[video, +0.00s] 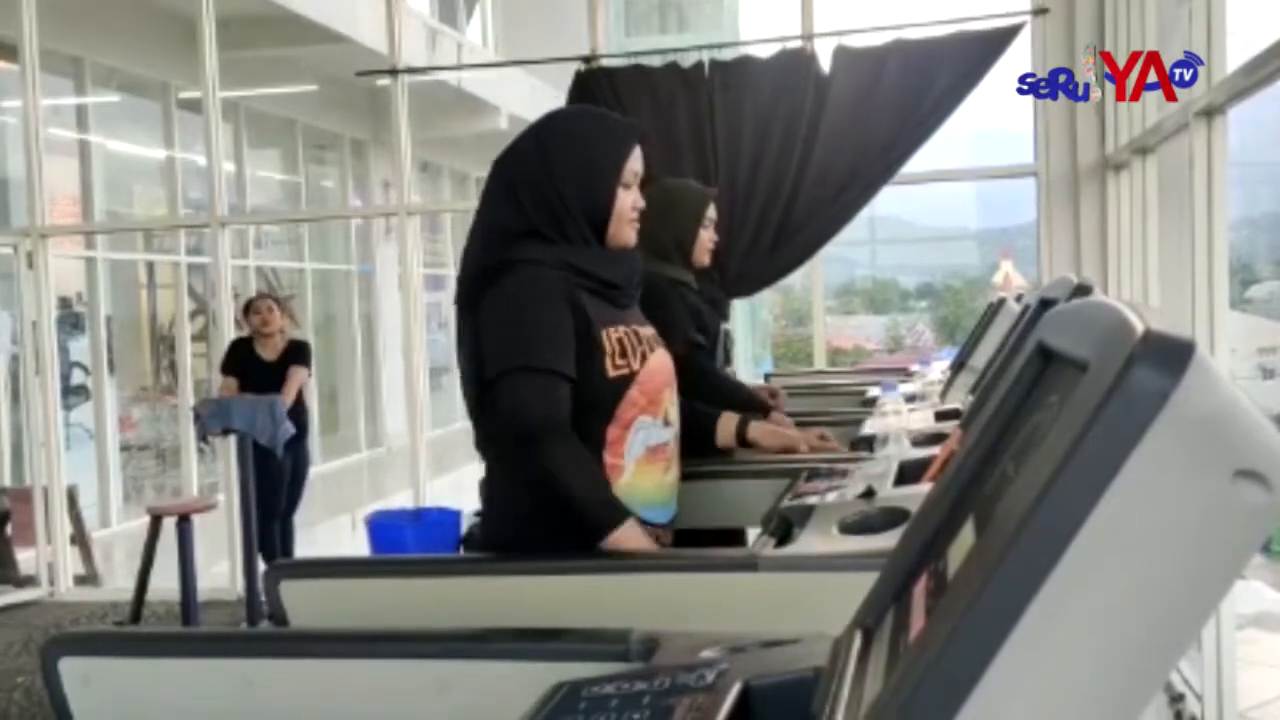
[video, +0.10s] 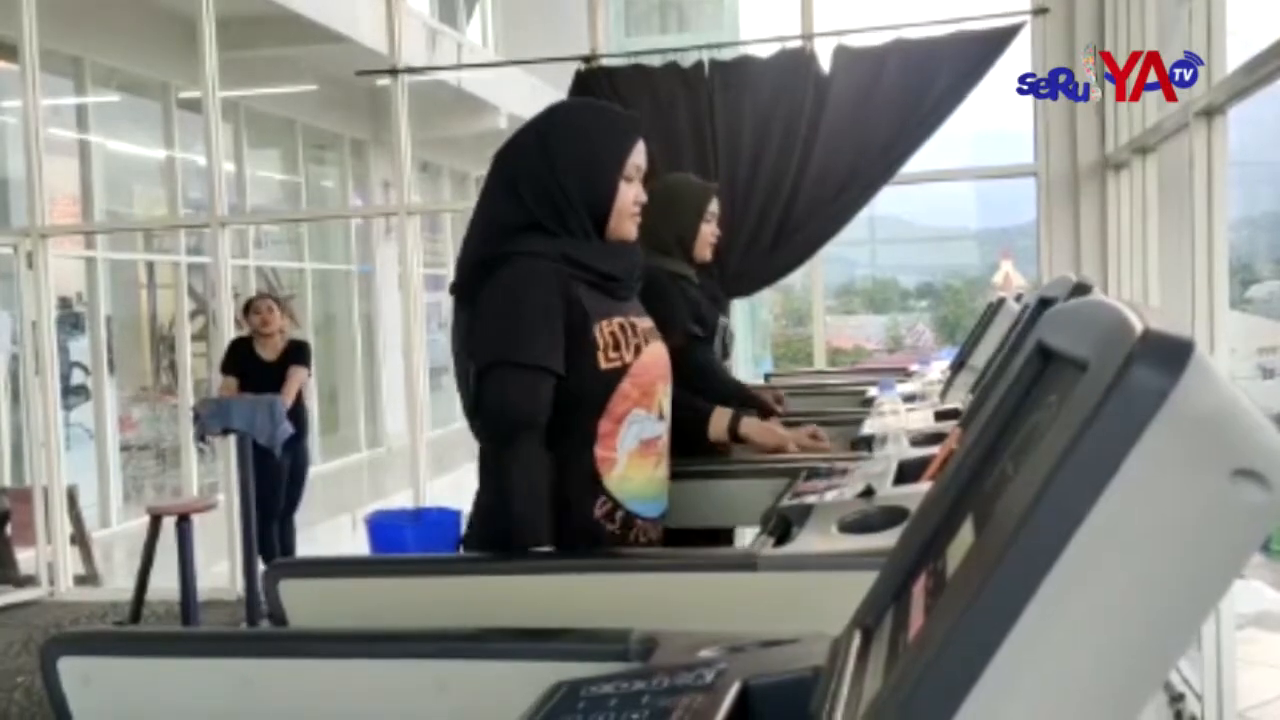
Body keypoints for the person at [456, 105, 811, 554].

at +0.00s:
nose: (641, 203)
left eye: (639, 186)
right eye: (626, 185)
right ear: (577, 185)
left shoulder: (603, 282)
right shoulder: (530, 287)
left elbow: (640, 406)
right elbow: (536, 439)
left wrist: (746, 431)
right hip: (561, 564)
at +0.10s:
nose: (642, 198)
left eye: (641, 180)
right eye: (630, 178)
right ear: (582, 177)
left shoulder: (604, 273)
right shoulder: (526, 281)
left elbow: (632, 400)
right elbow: (513, 443)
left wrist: (738, 426)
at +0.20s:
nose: (643, 202)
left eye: (641, 187)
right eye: (629, 186)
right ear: (578, 184)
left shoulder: (608, 282)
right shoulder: (520, 290)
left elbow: (635, 406)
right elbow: (490, 446)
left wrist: (741, 432)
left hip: (618, 550)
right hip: (544, 562)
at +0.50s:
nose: (635, 207)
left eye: (632, 189)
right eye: (621, 188)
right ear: (571, 188)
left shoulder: (598, 289)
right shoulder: (519, 300)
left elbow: (623, 413)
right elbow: (501, 461)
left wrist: (738, 434)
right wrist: (478, 589)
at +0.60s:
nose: (629, 199)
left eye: (626, 181)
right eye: (614, 179)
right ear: (564, 179)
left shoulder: (588, 279)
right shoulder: (516, 285)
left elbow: (627, 400)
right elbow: (515, 449)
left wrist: (737, 425)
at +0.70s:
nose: (625, 201)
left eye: (622, 185)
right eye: (610, 183)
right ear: (561, 183)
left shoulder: (580, 284)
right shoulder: (516, 288)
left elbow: (624, 399)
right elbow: (538, 442)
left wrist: (738, 424)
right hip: (525, 565)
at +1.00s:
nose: (627, 202)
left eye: (625, 186)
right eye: (613, 185)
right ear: (563, 183)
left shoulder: (592, 282)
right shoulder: (511, 285)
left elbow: (633, 405)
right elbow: (508, 441)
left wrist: (734, 443)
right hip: (538, 569)